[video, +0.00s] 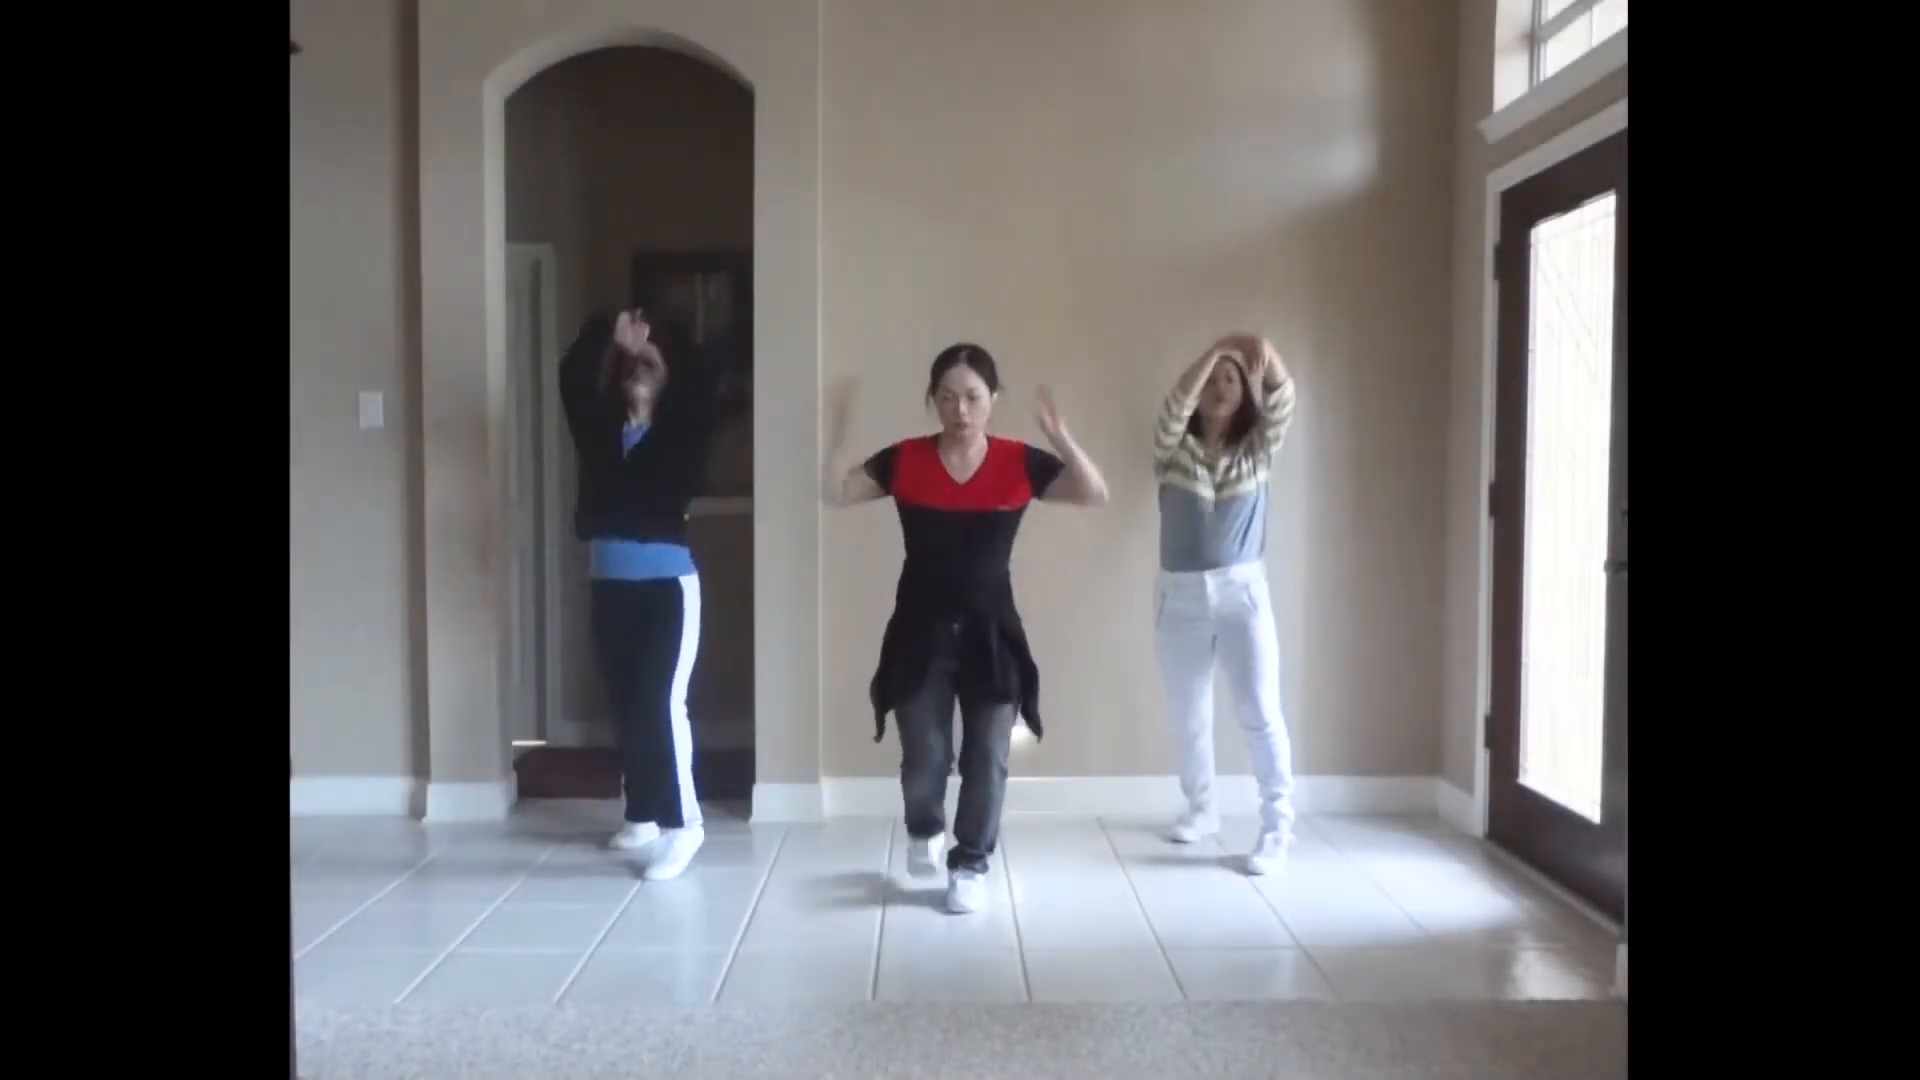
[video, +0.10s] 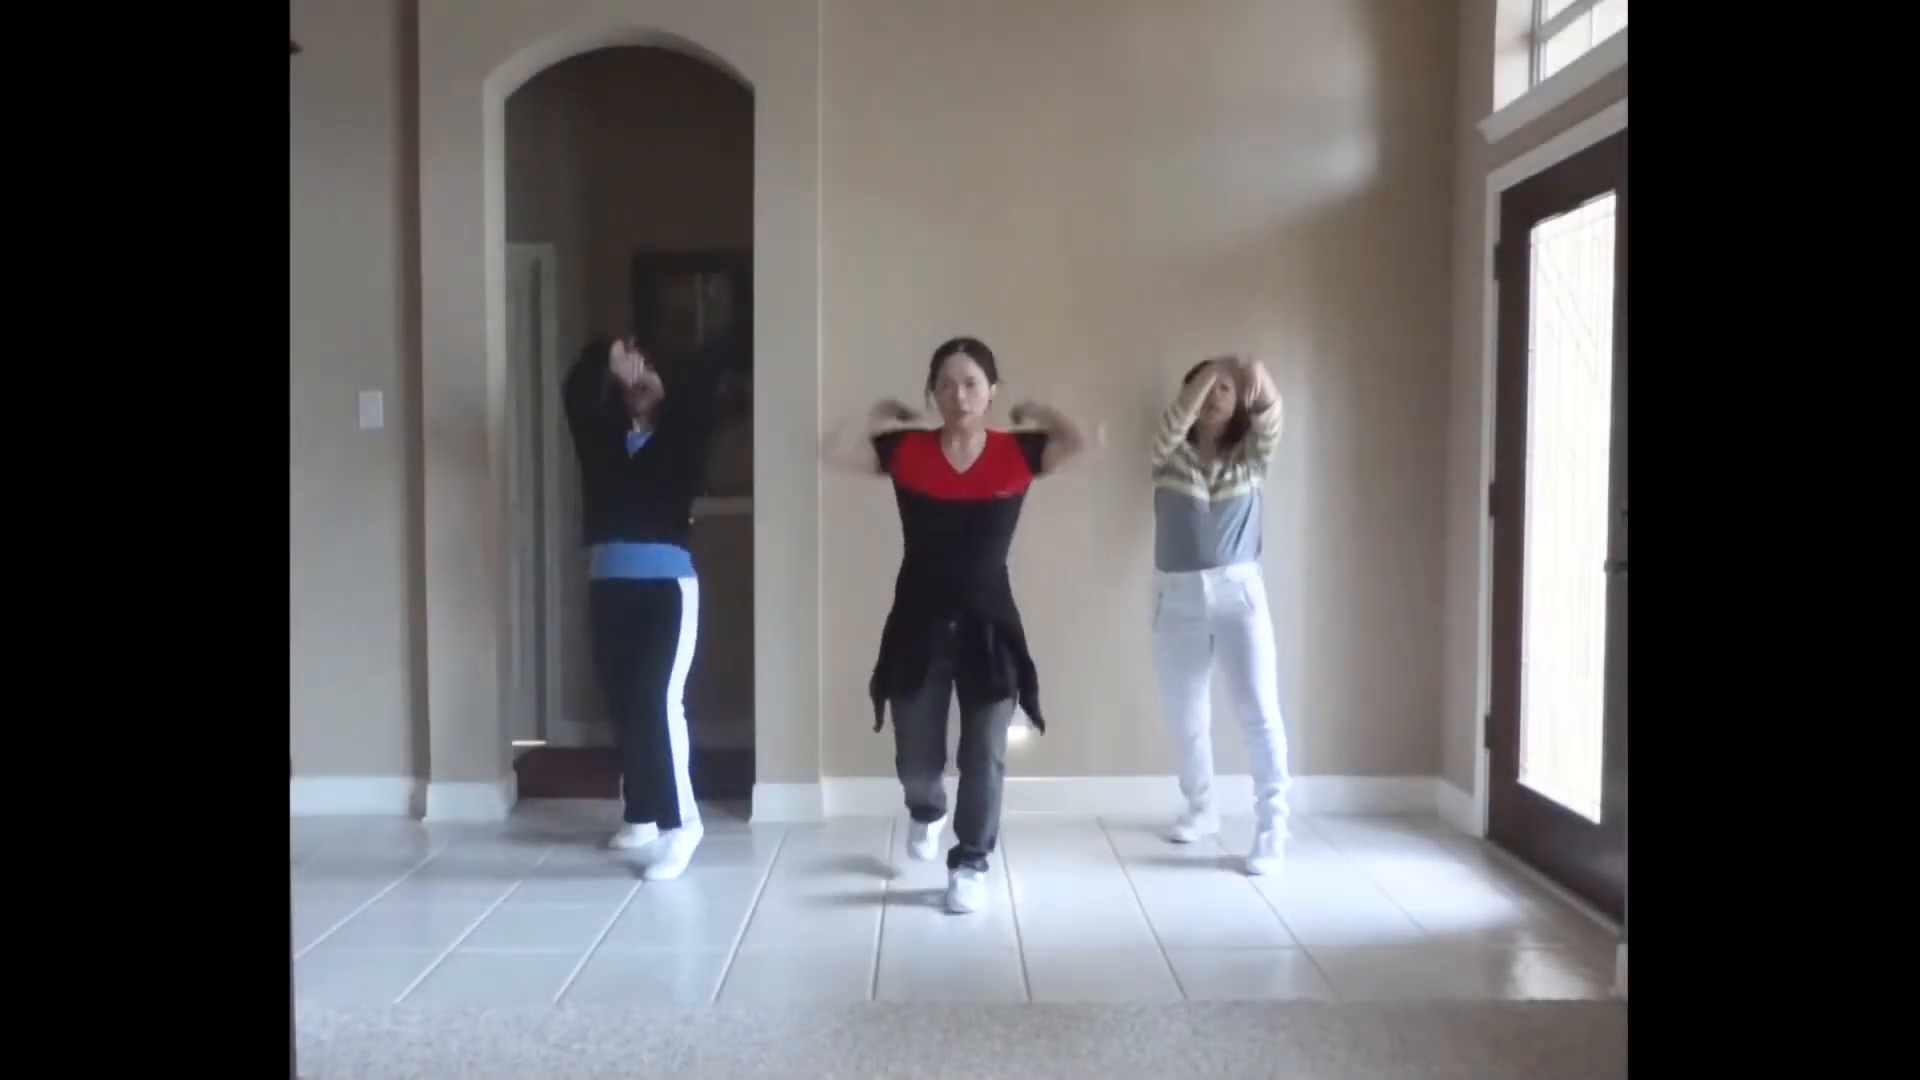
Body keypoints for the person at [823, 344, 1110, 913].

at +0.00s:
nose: (960, 407)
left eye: (972, 396)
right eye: (949, 396)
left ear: (991, 401)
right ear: (934, 402)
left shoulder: (1017, 462)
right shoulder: (905, 461)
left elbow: (1093, 494)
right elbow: (837, 493)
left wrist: (1060, 439)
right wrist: (836, 426)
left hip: (990, 625)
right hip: (921, 625)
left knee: (988, 755)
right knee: (925, 753)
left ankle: (971, 866)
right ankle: (924, 832)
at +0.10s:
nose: (960, 393)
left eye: (971, 382)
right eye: (948, 384)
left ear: (990, 391)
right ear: (934, 394)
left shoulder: (1017, 453)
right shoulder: (906, 451)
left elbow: (1083, 444)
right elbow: (835, 455)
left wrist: (1045, 416)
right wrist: (874, 417)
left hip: (987, 615)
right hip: (920, 614)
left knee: (984, 753)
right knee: (916, 758)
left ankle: (972, 863)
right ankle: (928, 816)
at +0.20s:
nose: (953, 371)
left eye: (966, 362)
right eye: (943, 363)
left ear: (987, 377)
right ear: (930, 379)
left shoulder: (1009, 440)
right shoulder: (905, 435)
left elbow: (1065, 380)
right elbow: (847, 380)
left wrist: (1003, 361)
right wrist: (903, 368)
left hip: (983, 608)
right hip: (917, 607)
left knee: (979, 747)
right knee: (913, 743)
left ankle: (972, 862)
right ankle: (929, 821)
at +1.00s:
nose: (940, 412)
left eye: (950, 402)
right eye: (929, 403)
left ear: (966, 409)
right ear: (912, 412)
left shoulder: (986, 461)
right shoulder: (886, 458)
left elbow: (986, 456)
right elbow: (883, 466)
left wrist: (961, 441)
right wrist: (916, 433)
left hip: (964, 612)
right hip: (901, 612)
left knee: (972, 732)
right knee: (911, 739)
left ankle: (983, 852)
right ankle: (931, 831)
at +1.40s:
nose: (936, 422)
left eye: (946, 412)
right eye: (925, 412)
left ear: (962, 418)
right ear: (909, 419)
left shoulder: (980, 469)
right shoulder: (886, 468)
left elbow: (975, 496)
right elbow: (899, 501)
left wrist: (951, 520)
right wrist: (931, 530)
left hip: (956, 613)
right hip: (897, 614)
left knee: (962, 728)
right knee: (902, 739)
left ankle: (977, 848)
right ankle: (931, 831)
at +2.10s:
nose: (942, 457)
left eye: (952, 448)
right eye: (933, 446)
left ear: (967, 449)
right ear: (916, 446)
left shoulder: (980, 493)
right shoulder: (890, 488)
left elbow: (1018, 477)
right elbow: (854, 478)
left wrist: (988, 447)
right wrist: (892, 446)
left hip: (957, 639)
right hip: (896, 637)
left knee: (954, 748)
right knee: (893, 766)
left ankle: (961, 860)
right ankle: (927, 833)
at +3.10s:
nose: (974, 353)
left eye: (988, 347)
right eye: (961, 345)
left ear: (1003, 374)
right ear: (937, 369)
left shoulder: (1027, 444)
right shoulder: (905, 453)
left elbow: (1056, 533)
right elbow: (896, 556)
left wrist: (990, 527)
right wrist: (932, 531)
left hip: (1006, 629)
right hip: (929, 630)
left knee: (1001, 783)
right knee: (959, 773)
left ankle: (976, 913)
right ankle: (924, 898)